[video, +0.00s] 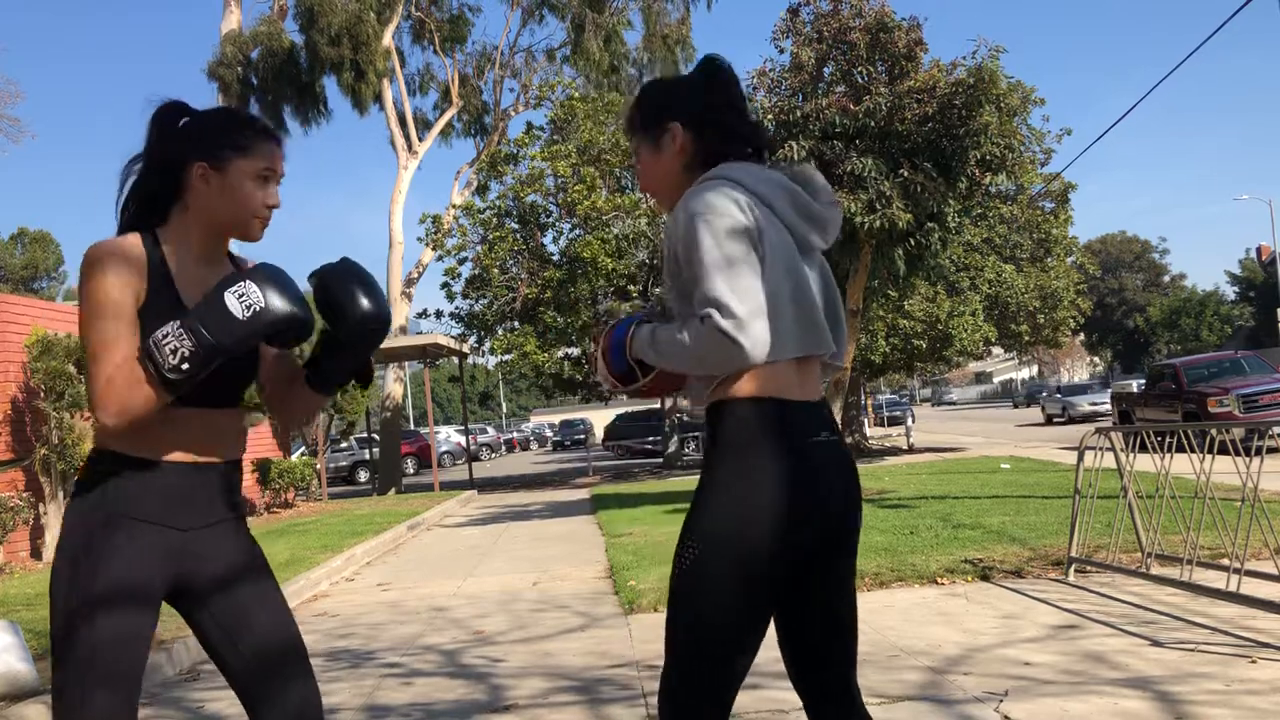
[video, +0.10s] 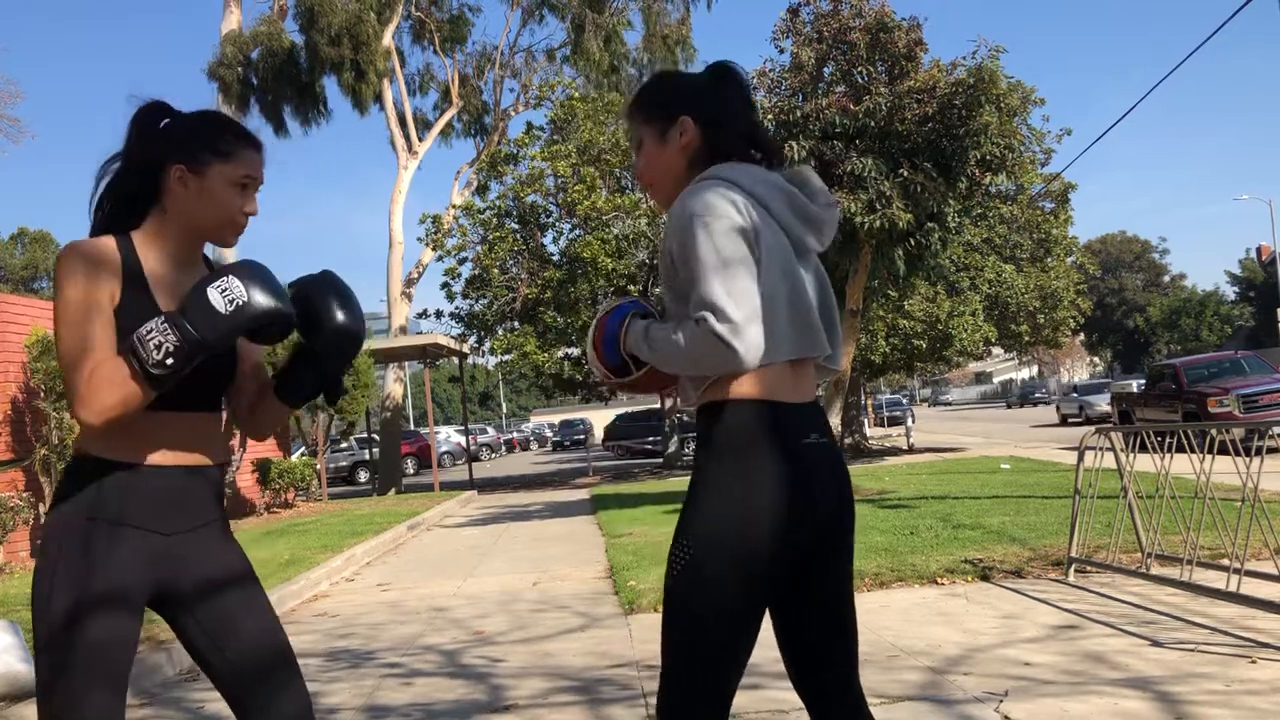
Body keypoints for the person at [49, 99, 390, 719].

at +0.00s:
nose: (276, 200)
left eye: (277, 183)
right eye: (265, 179)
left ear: (211, 179)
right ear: (204, 176)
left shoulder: (248, 284)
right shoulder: (118, 261)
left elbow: (288, 413)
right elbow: (114, 412)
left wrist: (337, 359)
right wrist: (208, 333)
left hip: (218, 521)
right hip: (119, 519)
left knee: (296, 706)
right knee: (94, 710)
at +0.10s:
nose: (254, 206)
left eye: (256, 191)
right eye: (243, 187)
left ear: (188, 182)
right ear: (182, 179)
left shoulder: (222, 290)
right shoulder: (93, 260)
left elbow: (257, 419)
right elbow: (94, 404)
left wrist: (312, 370)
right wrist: (195, 323)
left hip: (199, 525)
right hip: (100, 524)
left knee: (285, 707)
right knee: (82, 710)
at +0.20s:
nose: (238, 208)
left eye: (240, 192)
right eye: (227, 189)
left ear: (172, 186)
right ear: (167, 183)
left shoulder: (202, 291)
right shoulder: (72, 261)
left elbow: (220, 428)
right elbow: (82, 402)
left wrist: (286, 373)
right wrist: (185, 318)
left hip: (189, 530)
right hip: (86, 530)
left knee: (282, 707)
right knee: (76, 711)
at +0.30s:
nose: (230, 205)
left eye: (232, 190)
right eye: (219, 186)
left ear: (165, 184)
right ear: (159, 182)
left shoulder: (192, 291)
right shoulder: (66, 259)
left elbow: (215, 427)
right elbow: (79, 401)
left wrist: (283, 363)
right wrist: (178, 312)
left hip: (181, 530)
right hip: (80, 531)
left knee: (289, 702)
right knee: (77, 711)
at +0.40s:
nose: (230, 205)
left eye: (231, 189)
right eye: (218, 187)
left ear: (164, 186)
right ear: (157, 184)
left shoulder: (196, 290)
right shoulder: (66, 260)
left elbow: (222, 424)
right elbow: (85, 401)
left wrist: (285, 355)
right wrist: (178, 308)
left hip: (184, 533)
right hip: (83, 532)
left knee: (292, 703)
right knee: (77, 710)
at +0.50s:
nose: (234, 212)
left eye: (237, 194)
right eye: (222, 191)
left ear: (168, 190)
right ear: (161, 188)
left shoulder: (207, 294)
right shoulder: (73, 265)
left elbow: (247, 416)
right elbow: (98, 401)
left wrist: (296, 336)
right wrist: (185, 299)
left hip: (195, 532)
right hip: (95, 531)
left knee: (296, 705)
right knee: (85, 710)